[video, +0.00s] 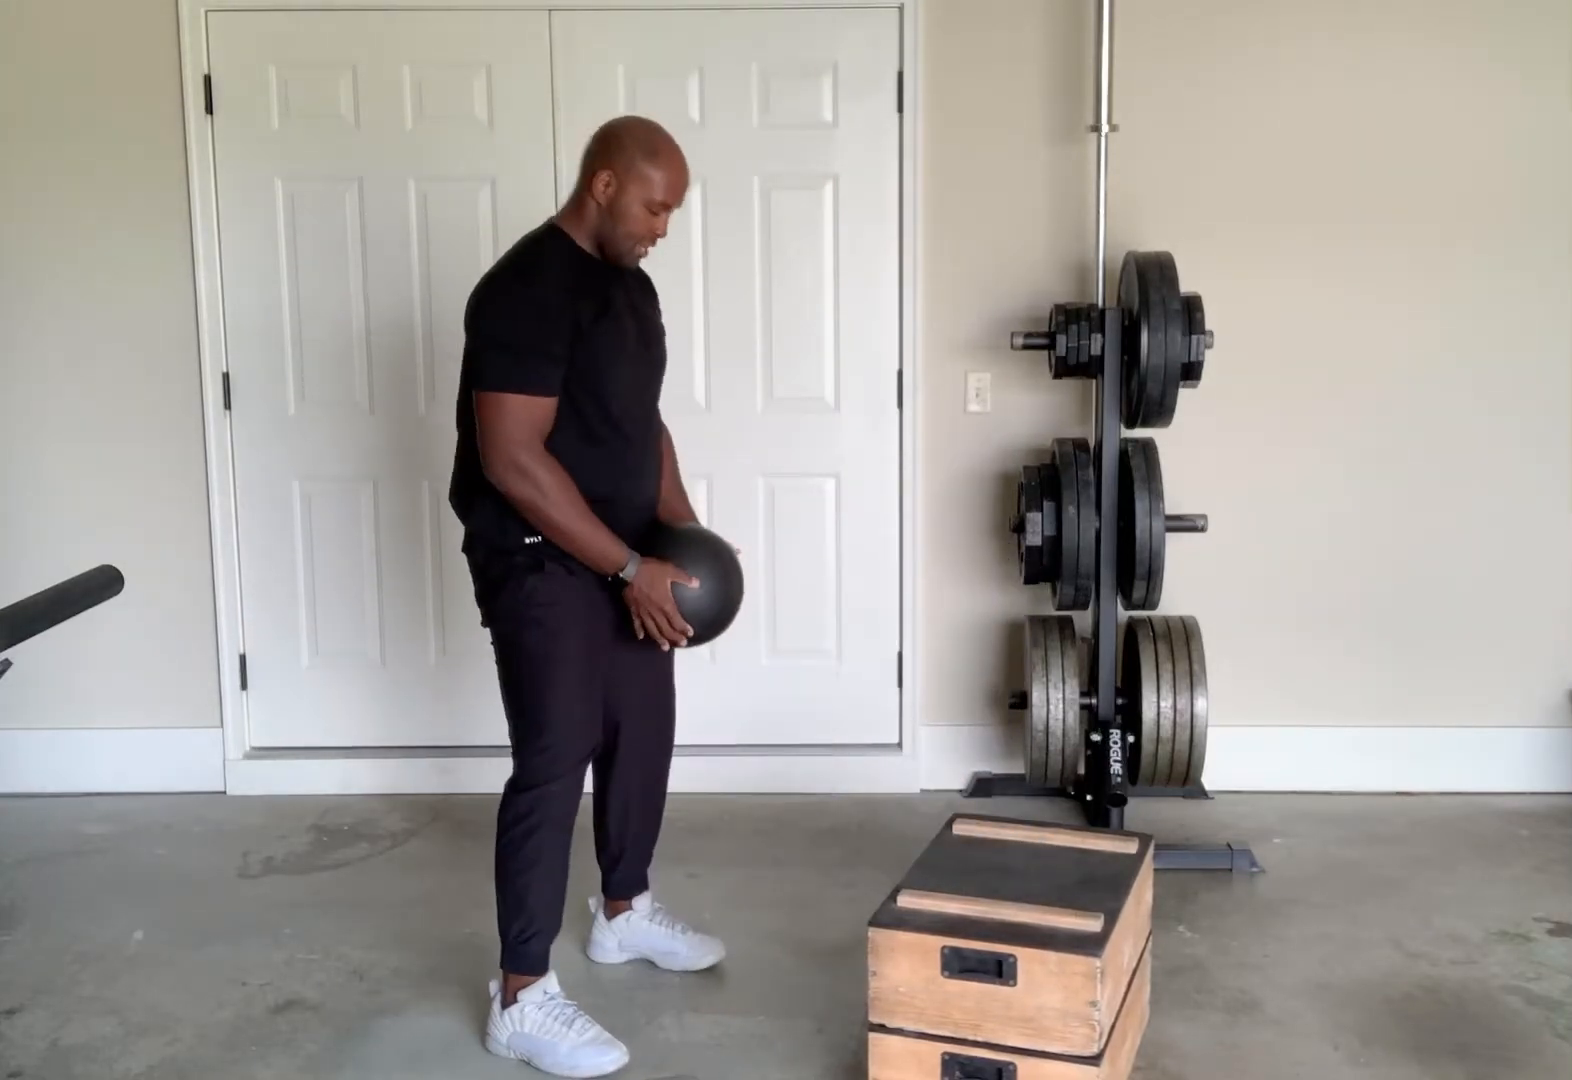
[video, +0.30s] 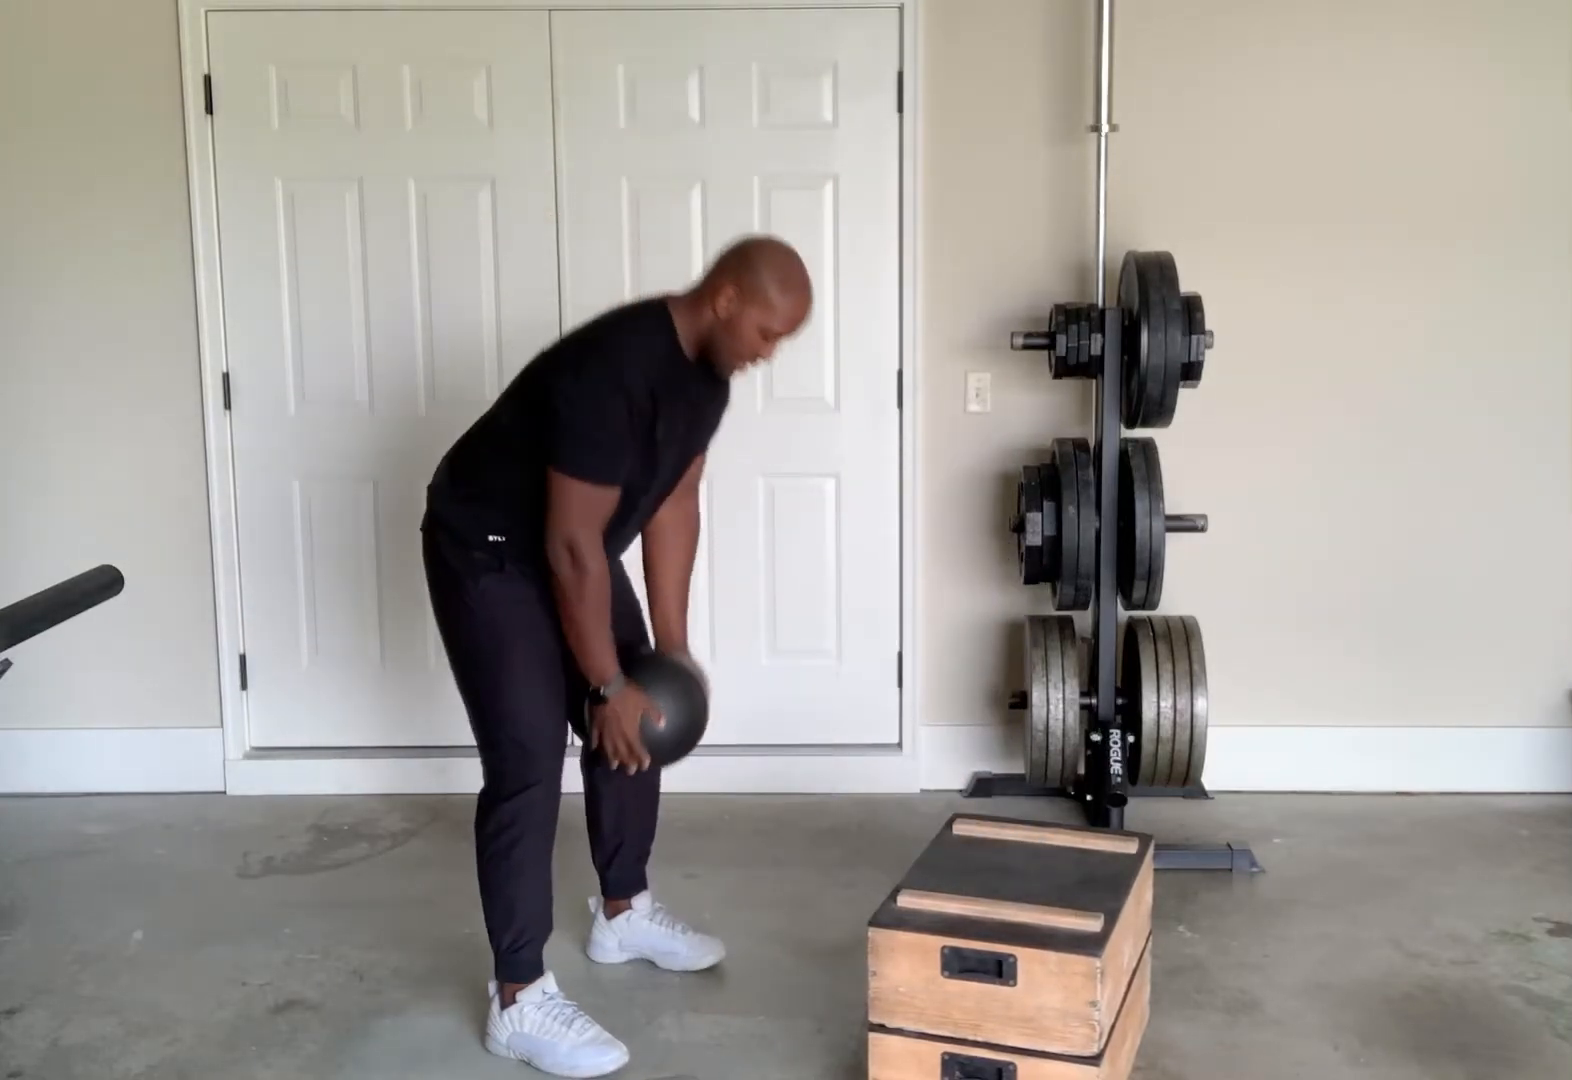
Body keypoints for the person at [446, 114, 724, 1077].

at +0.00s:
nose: (664, 227)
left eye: (671, 211)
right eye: (655, 208)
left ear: (635, 196)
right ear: (599, 184)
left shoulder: (630, 287)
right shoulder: (526, 288)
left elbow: (639, 422)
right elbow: (511, 461)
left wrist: (679, 532)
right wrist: (626, 569)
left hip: (621, 553)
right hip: (539, 560)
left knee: (640, 733)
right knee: (553, 759)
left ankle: (625, 914)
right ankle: (522, 994)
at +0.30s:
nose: (769, 350)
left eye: (782, 337)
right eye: (767, 330)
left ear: (739, 307)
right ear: (723, 296)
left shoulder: (706, 374)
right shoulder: (615, 365)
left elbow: (672, 510)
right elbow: (571, 545)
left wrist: (672, 655)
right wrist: (608, 690)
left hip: (579, 540)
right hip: (488, 545)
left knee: (635, 705)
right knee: (527, 755)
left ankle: (622, 912)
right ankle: (518, 996)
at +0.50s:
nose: (809, 453)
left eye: (821, 443)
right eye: (809, 435)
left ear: (773, 404)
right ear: (768, 400)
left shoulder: (739, 451)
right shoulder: (656, 444)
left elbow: (683, 578)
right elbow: (591, 621)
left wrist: (652, 721)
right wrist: (587, 759)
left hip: (569, 561)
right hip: (475, 553)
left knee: (637, 726)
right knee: (520, 766)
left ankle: (624, 914)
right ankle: (518, 997)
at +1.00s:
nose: (842, 397)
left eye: (848, 379)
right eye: (836, 376)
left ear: (789, 363)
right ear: (782, 360)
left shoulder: (761, 437)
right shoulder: (690, 435)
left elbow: (700, 566)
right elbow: (604, 600)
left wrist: (675, 700)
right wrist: (615, 743)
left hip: (597, 564)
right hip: (504, 554)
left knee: (669, 728)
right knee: (548, 766)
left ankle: (624, 912)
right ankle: (518, 997)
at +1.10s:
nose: (805, 253)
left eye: (804, 235)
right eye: (791, 236)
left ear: (750, 247)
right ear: (731, 243)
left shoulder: (746, 346)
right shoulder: (671, 339)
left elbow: (704, 472)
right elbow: (597, 497)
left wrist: (733, 582)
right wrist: (687, 624)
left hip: (630, 548)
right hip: (548, 546)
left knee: (683, 725)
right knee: (590, 766)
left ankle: (628, 914)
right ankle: (524, 996)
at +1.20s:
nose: (751, 176)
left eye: (748, 160)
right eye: (734, 161)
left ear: (693, 174)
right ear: (675, 174)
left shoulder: (720, 275)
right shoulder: (618, 265)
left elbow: (725, 394)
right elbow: (624, 412)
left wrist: (817, 398)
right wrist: (778, 397)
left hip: (691, 540)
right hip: (621, 540)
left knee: (702, 729)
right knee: (668, 744)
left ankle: (624, 908)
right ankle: (557, 961)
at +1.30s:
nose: (736, 165)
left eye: (733, 150)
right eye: (718, 151)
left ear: (697, 165)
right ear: (658, 167)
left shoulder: (721, 251)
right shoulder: (614, 243)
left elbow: (827, 319)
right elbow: (681, 332)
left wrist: (859, 232)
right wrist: (795, 227)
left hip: (702, 516)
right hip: (638, 512)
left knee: (672, 707)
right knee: (741, 696)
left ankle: (634, 902)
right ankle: (616, 889)